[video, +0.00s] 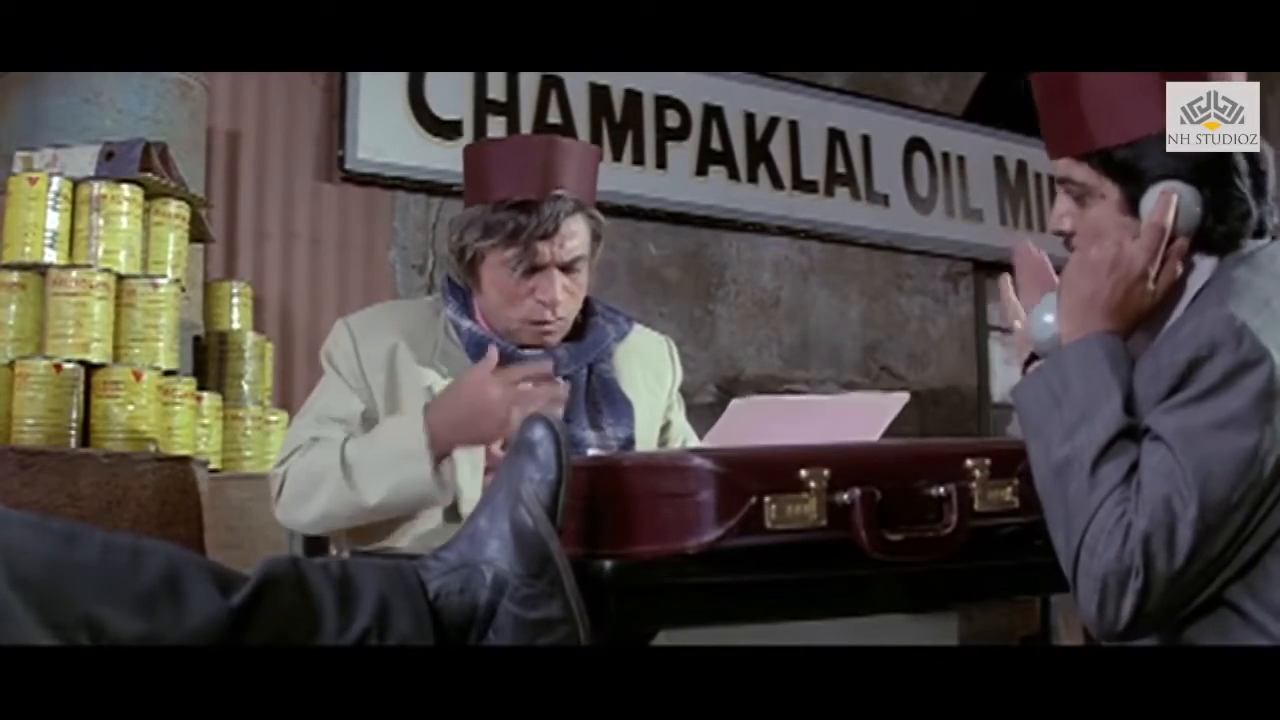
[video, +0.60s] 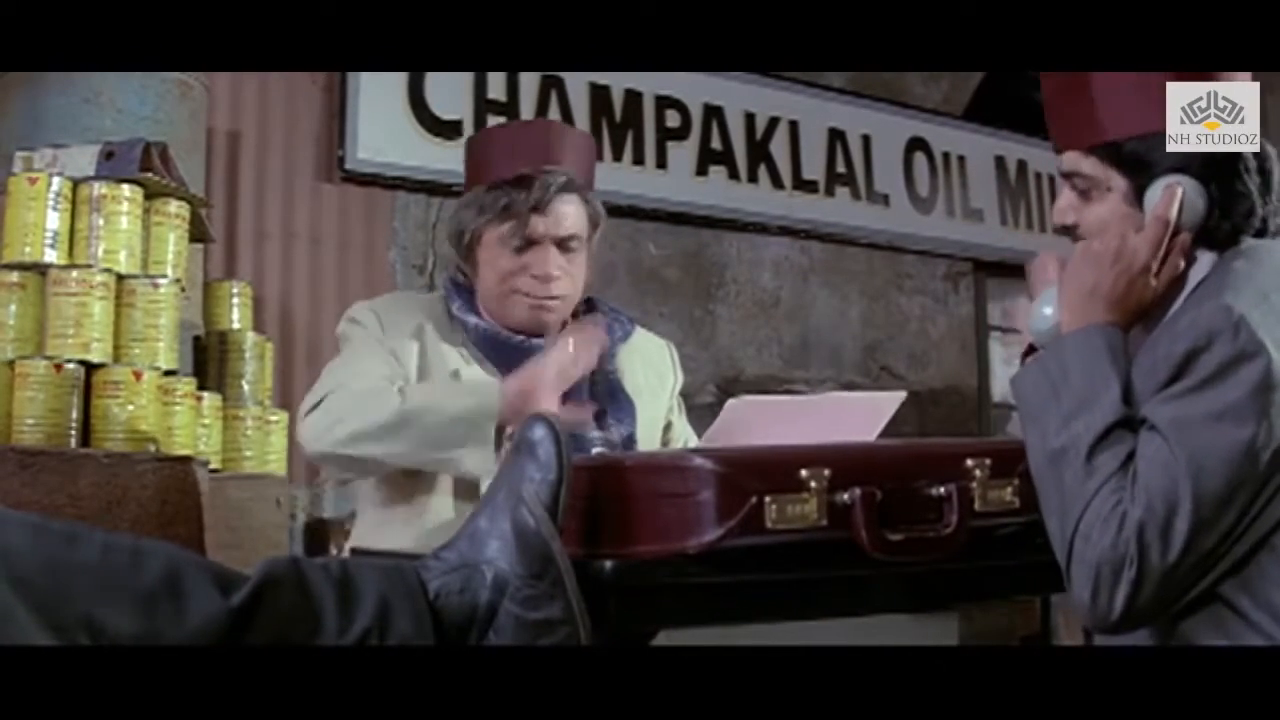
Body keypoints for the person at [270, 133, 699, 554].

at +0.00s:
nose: (553, 295)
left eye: (571, 268)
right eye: (527, 268)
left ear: (592, 265)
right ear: (470, 261)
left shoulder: (648, 360)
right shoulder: (374, 347)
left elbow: (688, 496)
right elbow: (299, 496)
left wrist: (564, 491)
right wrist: (438, 430)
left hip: (599, 618)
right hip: (421, 620)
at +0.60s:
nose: (547, 269)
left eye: (567, 246)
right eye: (520, 244)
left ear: (589, 258)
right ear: (468, 250)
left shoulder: (647, 359)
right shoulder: (393, 327)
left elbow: (683, 486)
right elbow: (329, 429)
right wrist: (508, 401)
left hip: (589, 608)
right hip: (418, 604)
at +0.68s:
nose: (567, 262)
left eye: (580, 236)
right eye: (533, 242)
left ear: (597, 243)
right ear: (475, 252)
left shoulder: (646, 360)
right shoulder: (393, 326)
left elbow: (681, 483)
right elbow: (354, 427)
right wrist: (489, 354)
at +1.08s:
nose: (554, 225)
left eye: (569, 207)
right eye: (523, 208)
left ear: (589, 232)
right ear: (465, 243)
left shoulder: (646, 354)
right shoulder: (396, 321)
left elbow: (676, 479)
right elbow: (397, 415)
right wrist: (541, 316)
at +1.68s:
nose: (511, 219)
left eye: (530, 204)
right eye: (489, 202)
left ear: (561, 219)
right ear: (446, 220)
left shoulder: (637, 345)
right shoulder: (394, 309)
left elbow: (683, 476)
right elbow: (419, 381)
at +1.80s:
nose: (548, 223)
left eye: (561, 205)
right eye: (514, 208)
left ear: (582, 227)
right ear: (459, 249)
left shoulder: (643, 352)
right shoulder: (416, 332)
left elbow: (686, 477)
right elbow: (401, 413)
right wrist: (421, 237)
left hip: (602, 622)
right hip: (439, 625)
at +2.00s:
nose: (559, 231)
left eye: (571, 209)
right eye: (526, 212)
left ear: (589, 224)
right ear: (462, 229)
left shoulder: (642, 355)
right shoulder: (391, 325)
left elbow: (681, 482)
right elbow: (363, 445)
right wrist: (445, 305)